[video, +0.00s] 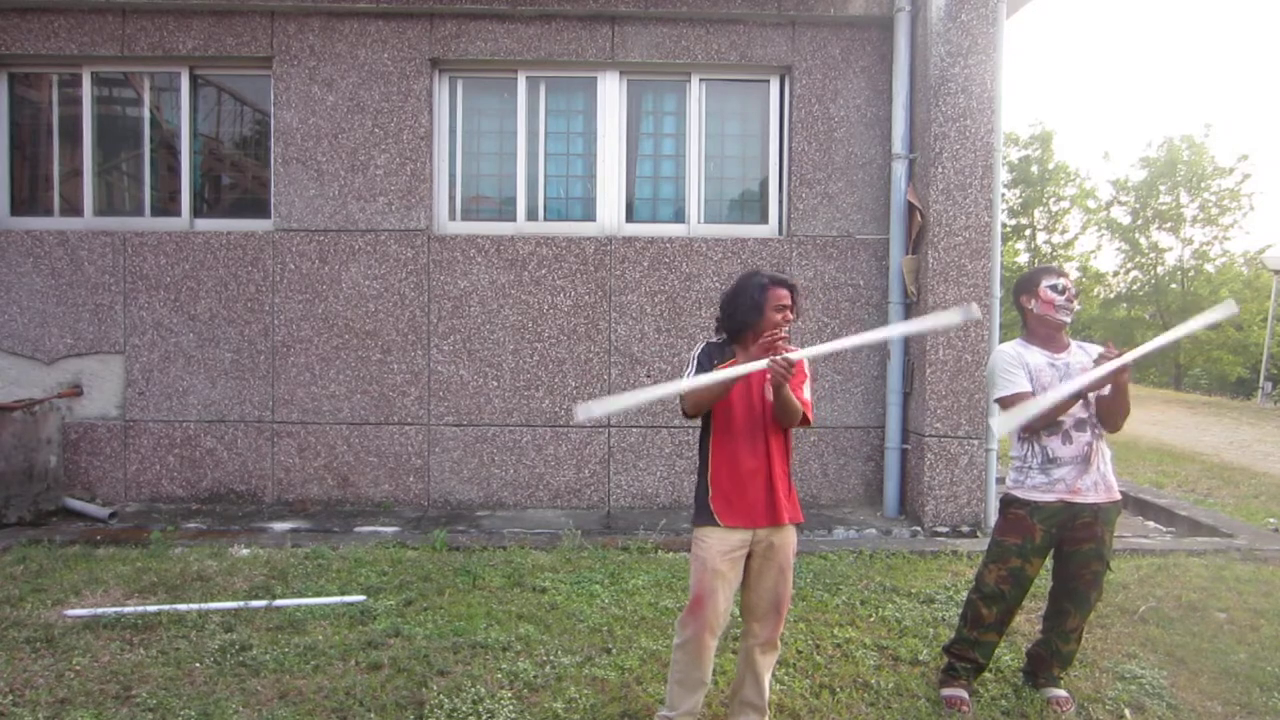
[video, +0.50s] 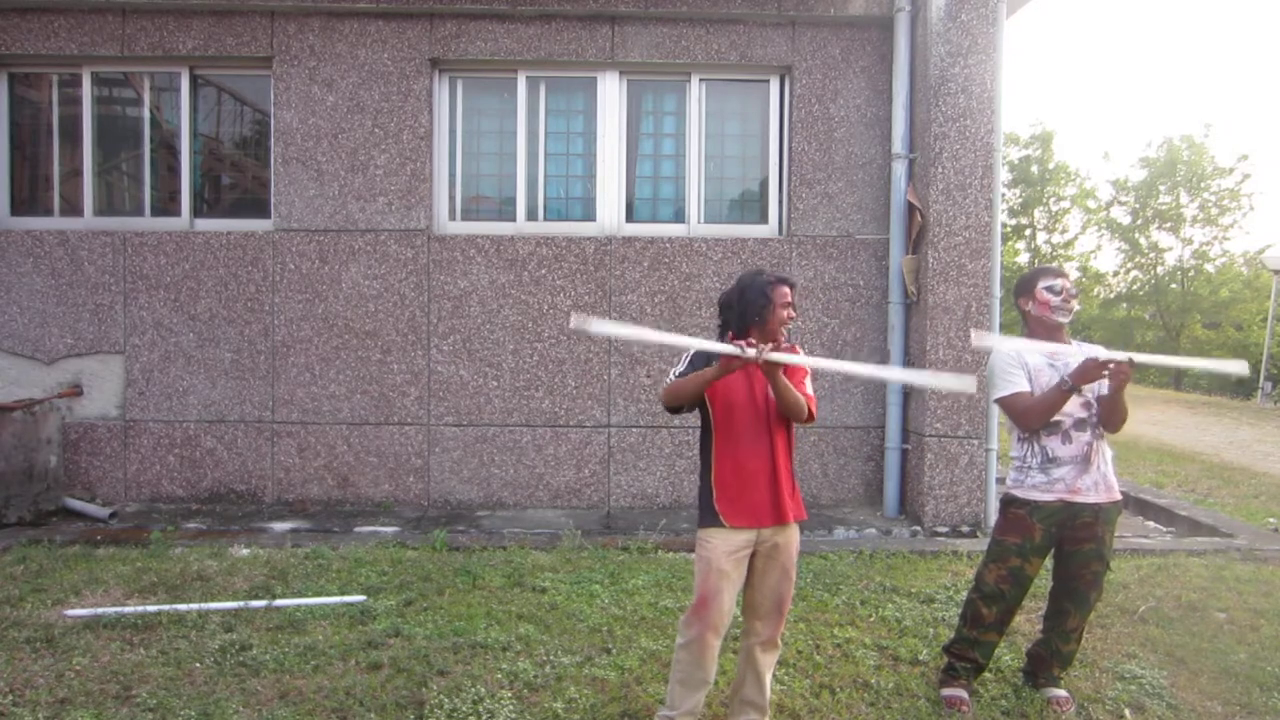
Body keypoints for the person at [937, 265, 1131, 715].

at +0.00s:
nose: (1069, 298)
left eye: (1072, 293)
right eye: (1057, 289)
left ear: (1075, 307)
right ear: (1027, 301)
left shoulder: (1092, 356)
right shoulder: (1008, 356)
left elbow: (1113, 422)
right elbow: (1028, 423)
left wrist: (1119, 376)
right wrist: (1082, 387)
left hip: (1094, 498)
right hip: (1033, 496)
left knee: (1078, 597)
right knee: (997, 588)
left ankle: (1045, 673)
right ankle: (958, 675)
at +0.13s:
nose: (1069, 297)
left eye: (1072, 292)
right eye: (1057, 289)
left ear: (1074, 306)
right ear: (1027, 301)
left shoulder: (1092, 357)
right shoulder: (1009, 356)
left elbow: (1113, 423)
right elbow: (1029, 418)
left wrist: (1126, 388)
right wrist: (1086, 388)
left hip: (1094, 498)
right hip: (1033, 498)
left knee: (1078, 597)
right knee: (997, 588)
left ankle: (1046, 673)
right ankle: (958, 675)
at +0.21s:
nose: (1068, 299)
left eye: (1072, 293)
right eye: (1057, 290)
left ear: (1074, 306)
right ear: (1027, 301)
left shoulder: (1092, 357)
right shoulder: (1008, 356)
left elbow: (1111, 425)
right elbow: (1030, 418)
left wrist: (1118, 393)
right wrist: (1084, 384)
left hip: (1094, 498)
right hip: (1034, 497)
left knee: (1079, 597)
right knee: (998, 587)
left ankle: (1045, 673)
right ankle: (958, 675)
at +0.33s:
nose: (1066, 298)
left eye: (1068, 292)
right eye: (1054, 290)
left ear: (1072, 307)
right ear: (1025, 303)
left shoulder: (1092, 357)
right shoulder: (1008, 356)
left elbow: (1110, 427)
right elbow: (1030, 418)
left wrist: (1114, 402)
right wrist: (1080, 380)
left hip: (1095, 498)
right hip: (1034, 496)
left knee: (1079, 596)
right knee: (998, 587)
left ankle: (1045, 673)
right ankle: (958, 675)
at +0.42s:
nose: (1067, 297)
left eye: (1071, 292)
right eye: (1054, 290)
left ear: (1076, 305)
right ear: (1026, 303)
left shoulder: (1091, 357)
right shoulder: (1008, 356)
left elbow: (1111, 426)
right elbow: (1029, 418)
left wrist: (1117, 392)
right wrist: (1078, 380)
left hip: (1094, 498)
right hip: (1033, 497)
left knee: (1078, 597)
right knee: (997, 588)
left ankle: (1045, 673)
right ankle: (958, 675)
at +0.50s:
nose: (1067, 297)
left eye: (1071, 291)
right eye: (1054, 290)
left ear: (1075, 304)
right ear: (1026, 303)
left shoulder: (1093, 357)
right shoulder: (1009, 354)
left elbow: (1112, 424)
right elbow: (1026, 418)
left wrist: (1117, 391)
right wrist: (1074, 381)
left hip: (1094, 499)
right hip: (1033, 497)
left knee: (1078, 598)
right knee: (997, 588)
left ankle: (1046, 673)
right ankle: (958, 675)